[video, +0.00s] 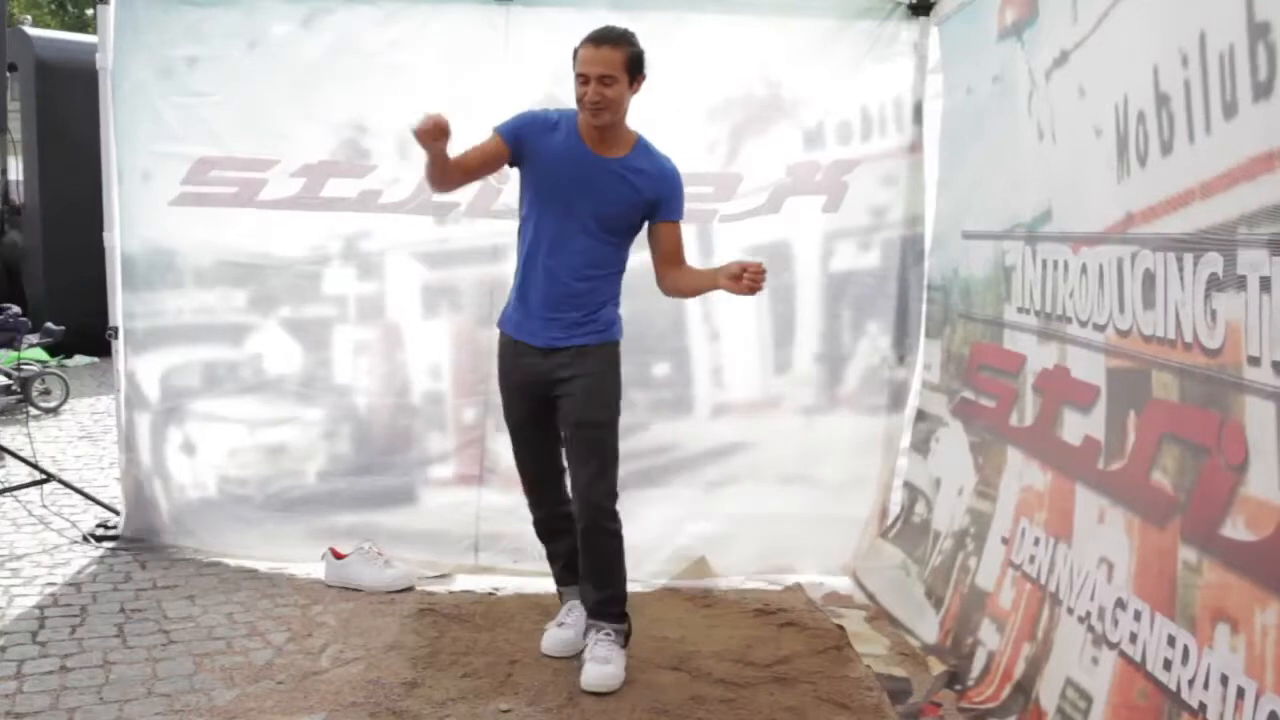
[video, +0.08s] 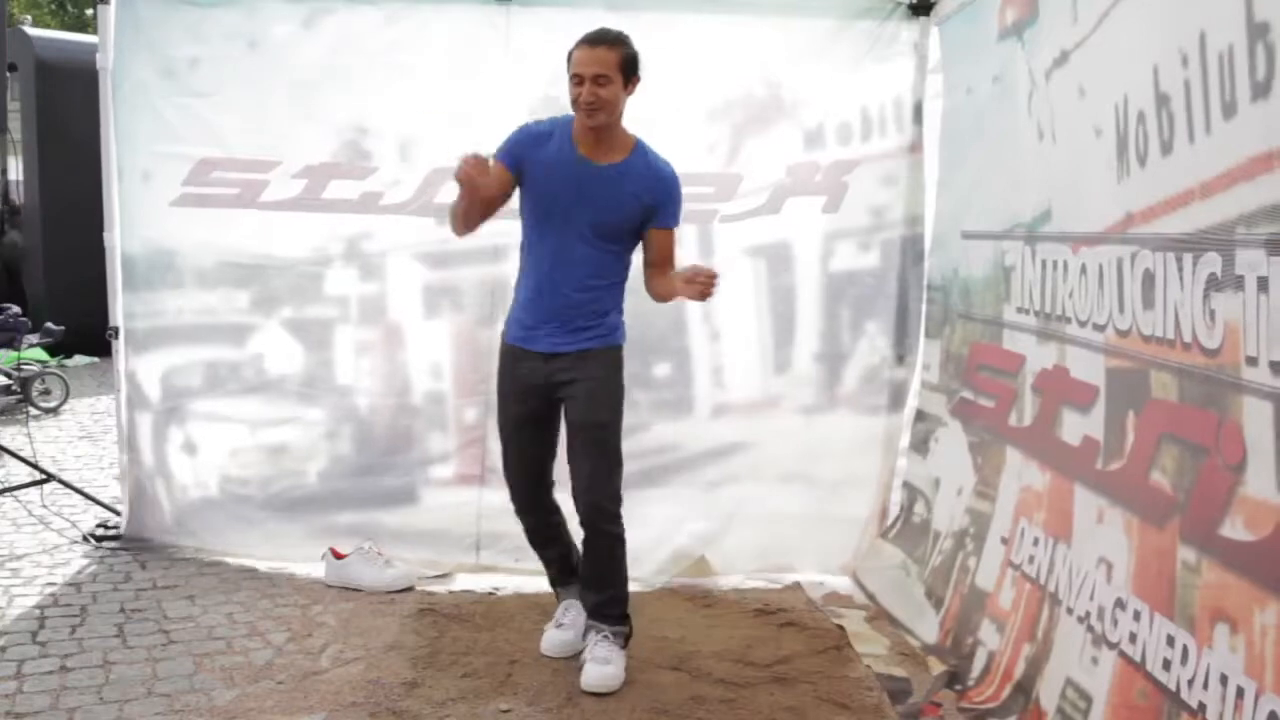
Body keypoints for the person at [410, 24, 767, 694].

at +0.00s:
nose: (595, 92)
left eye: (608, 82)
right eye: (585, 80)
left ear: (635, 85)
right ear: (573, 81)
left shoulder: (656, 176)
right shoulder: (535, 131)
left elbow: (671, 276)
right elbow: (446, 179)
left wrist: (721, 276)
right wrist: (436, 150)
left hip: (591, 350)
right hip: (521, 345)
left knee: (594, 496)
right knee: (543, 491)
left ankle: (607, 629)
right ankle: (574, 598)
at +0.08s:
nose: (589, 93)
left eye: (603, 82)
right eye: (579, 81)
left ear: (630, 87)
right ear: (567, 84)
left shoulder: (655, 179)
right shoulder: (532, 143)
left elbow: (659, 275)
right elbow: (462, 226)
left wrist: (680, 283)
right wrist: (470, 189)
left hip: (593, 353)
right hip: (523, 348)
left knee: (597, 501)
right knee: (527, 493)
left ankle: (608, 632)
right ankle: (572, 593)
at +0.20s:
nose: (567, 91)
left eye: (580, 79)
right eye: (557, 80)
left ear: (609, 85)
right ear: (547, 88)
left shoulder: (646, 171)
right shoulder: (523, 157)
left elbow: (653, 282)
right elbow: (479, 248)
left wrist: (631, 255)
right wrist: (470, 190)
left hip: (600, 360)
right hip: (530, 353)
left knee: (596, 508)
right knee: (494, 488)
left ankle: (608, 634)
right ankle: (557, 571)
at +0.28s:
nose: (547, 85)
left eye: (560, 73)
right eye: (538, 75)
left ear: (591, 78)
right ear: (529, 84)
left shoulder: (632, 157)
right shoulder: (520, 155)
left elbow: (633, 263)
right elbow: (481, 247)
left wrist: (580, 212)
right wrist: (458, 175)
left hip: (600, 356)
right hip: (530, 348)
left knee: (599, 504)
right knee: (489, 478)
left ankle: (607, 632)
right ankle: (543, 564)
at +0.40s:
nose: (524, 72)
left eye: (535, 59)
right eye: (513, 62)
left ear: (566, 65)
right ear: (506, 72)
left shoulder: (608, 129)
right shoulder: (507, 148)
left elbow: (585, 220)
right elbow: (493, 248)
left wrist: (497, 177)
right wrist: (473, 190)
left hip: (599, 343)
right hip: (530, 338)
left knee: (607, 492)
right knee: (497, 477)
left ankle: (617, 630)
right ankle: (522, 591)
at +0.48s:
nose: (512, 82)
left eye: (523, 71)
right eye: (501, 72)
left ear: (551, 78)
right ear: (492, 84)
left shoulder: (594, 135)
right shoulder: (495, 167)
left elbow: (568, 216)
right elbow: (494, 262)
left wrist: (465, 200)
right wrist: (469, 217)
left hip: (596, 349)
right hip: (527, 348)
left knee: (613, 497)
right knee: (504, 489)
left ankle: (624, 630)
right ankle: (524, 606)